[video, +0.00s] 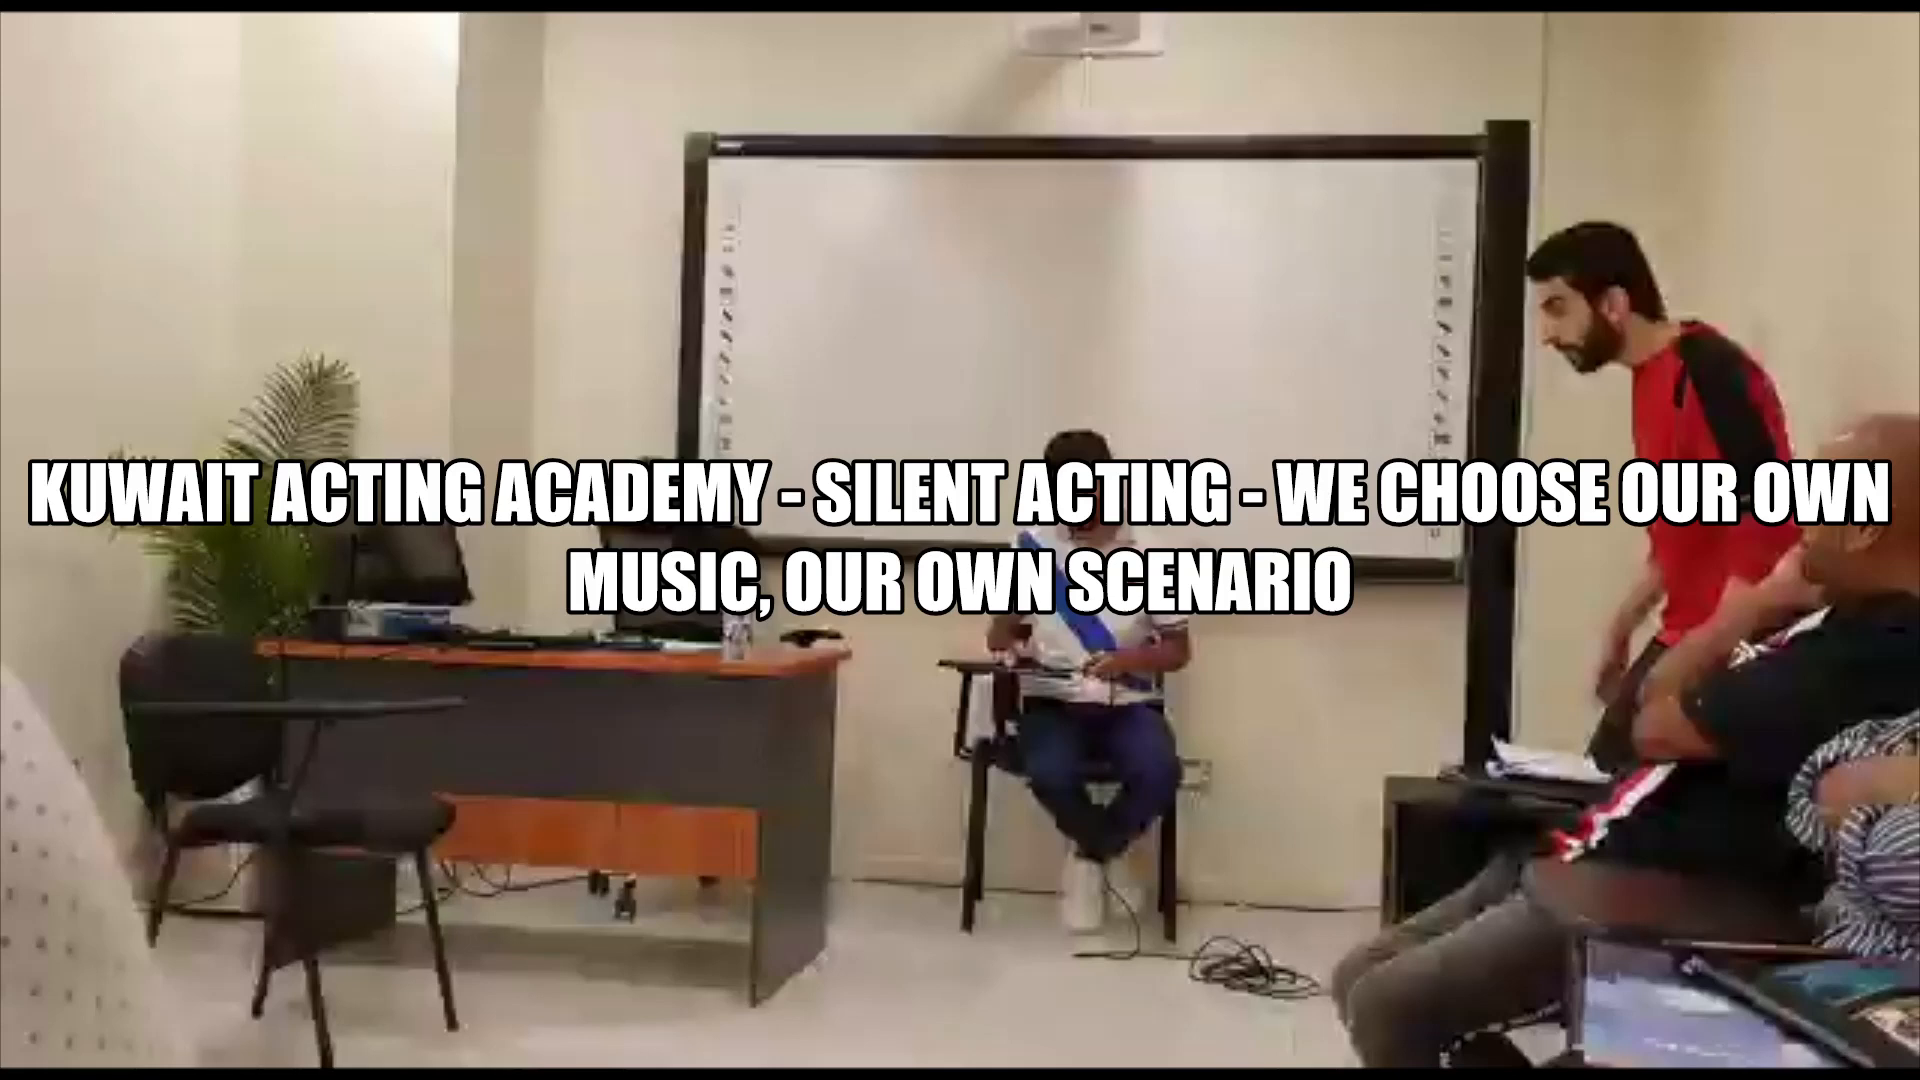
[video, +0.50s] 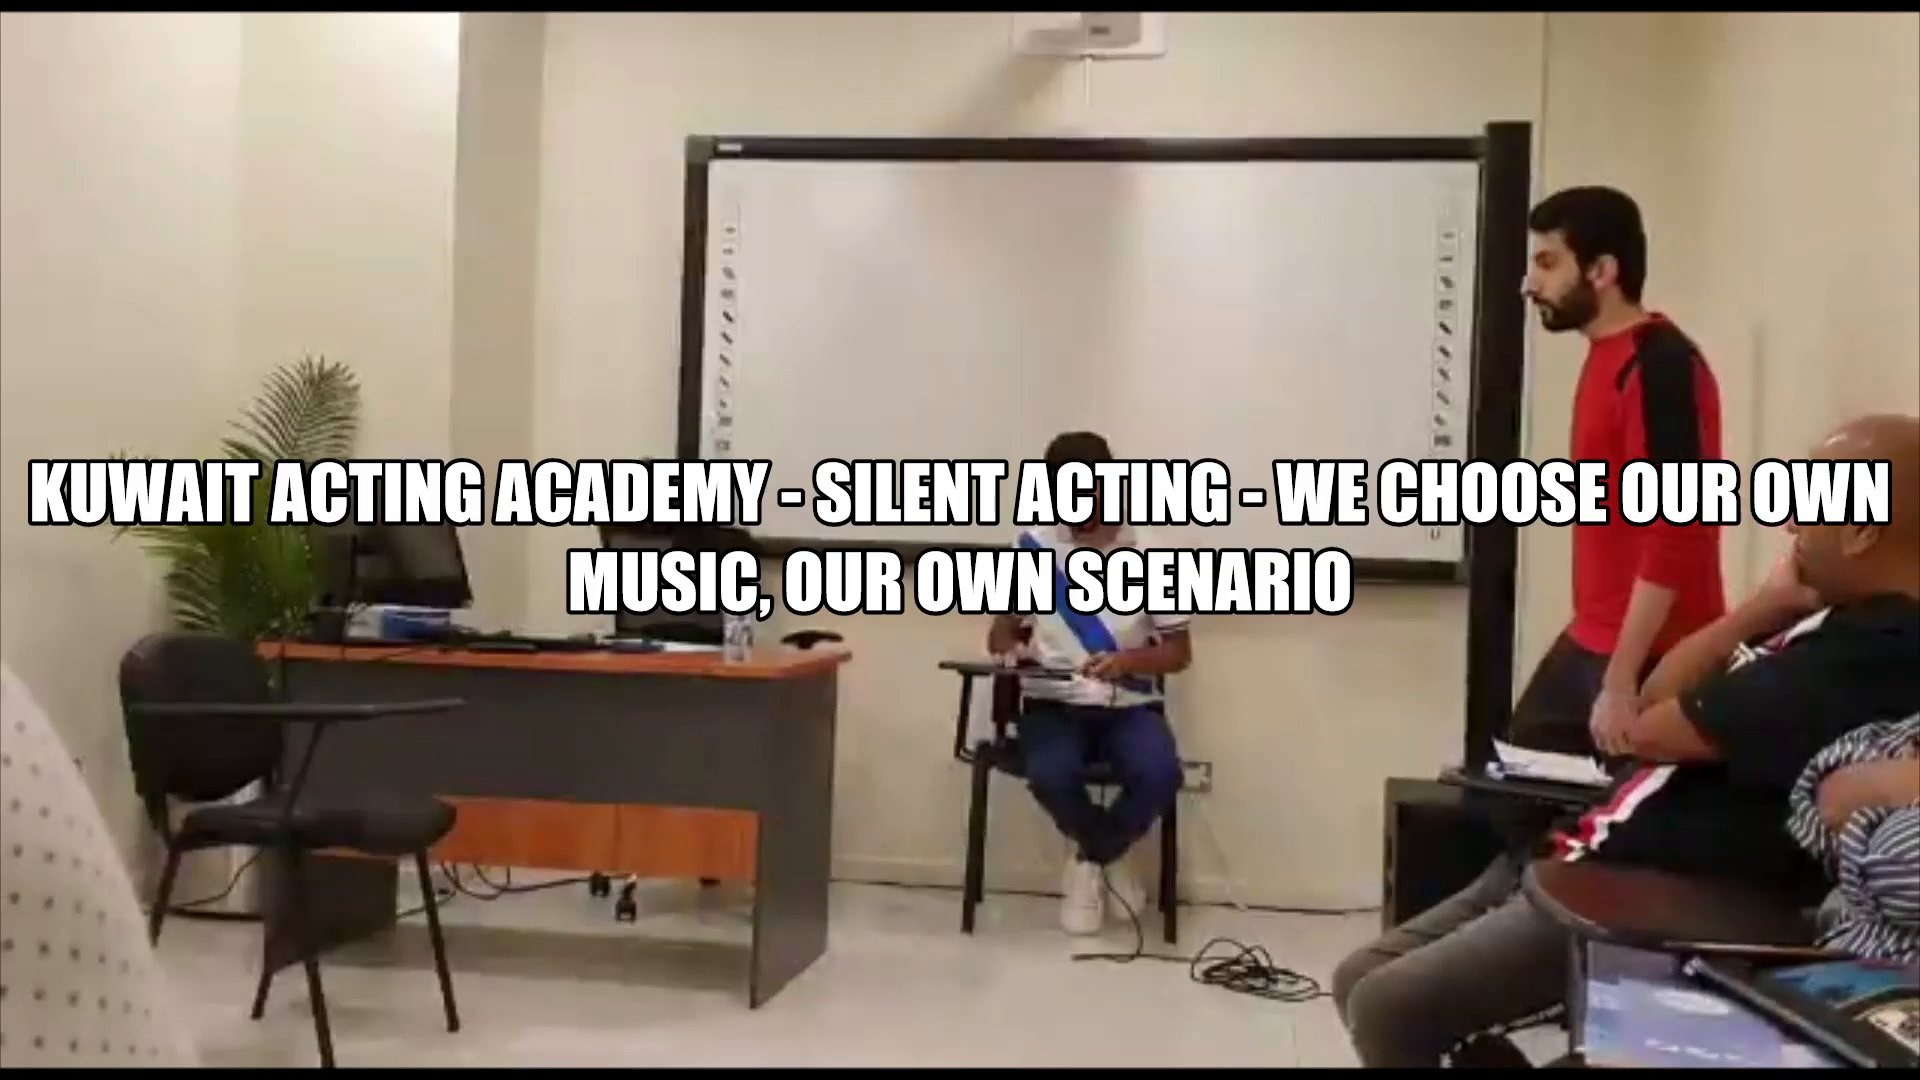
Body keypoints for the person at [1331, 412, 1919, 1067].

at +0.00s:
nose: (1811, 528)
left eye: (1836, 504)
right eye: (1820, 501)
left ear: (1886, 531)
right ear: (1876, 533)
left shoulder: (1877, 648)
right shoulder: (1837, 623)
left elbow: (1656, 726)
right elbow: (1634, 710)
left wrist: (1760, 605)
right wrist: (1756, 607)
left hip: (1631, 897)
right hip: (1585, 855)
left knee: (1386, 1007)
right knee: (1360, 974)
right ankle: (1505, 1061)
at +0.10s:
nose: (1806, 527)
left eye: (1829, 503)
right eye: (1813, 501)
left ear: (1880, 530)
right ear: (1873, 533)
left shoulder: (1874, 649)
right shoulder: (1836, 623)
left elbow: (1655, 725)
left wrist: (1758, 605)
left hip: (1624, 898)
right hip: (1580, 856)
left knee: (1385, 1007)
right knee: (1360, 974)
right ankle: (1505, 1060)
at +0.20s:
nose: (1795, 526)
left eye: (1816, 505)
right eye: (1800, 503)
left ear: (1874, 529)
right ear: (1870, 533)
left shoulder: (1872, 648)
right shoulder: (1838, 621)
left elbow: (1653, 723)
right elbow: (1657, 711)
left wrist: (1764, 602)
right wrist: (1772, 603)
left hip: (1627, 899)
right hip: (1582, 856)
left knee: (1386, 1009)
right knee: (1361, 975)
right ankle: (1506, 1061)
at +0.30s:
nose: (1792, 531)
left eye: (1811, 511)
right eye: (1796, 510)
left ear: (1871, 530)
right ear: (1869, 533)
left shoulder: (1874, 648)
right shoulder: (1836, 623)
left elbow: (1653, 729)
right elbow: (1649, 694)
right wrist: (1780, 598)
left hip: (1631, 901)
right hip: (1582, 859)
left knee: (1386, 1010)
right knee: (1360, 978)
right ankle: (1506, 1062)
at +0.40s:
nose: (1792, 533)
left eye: (1810, 512)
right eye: (1797, 510)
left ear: (1870, 528)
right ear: (1869, 530)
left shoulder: (1873, 649)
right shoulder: (1834, 624)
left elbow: (1646, 729)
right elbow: (1635, 705)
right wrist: (1772, 605)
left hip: (1624, 904)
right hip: (1575, 863)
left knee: (1386, 1010)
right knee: (1359, 978)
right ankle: (1503, 1062)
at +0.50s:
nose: (1791, 537)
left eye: (1808, 515)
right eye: (1795, 513)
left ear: (1869, 529)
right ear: (1868, 531)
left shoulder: (1875, 647)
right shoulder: (1839, 623)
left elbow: (1649, 729)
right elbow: (1655, 692)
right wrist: (1772, 603)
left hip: (1625, 902)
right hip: (1578, 861)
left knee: (1386, 1010)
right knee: (1360, 978)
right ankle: (1505, 1063)